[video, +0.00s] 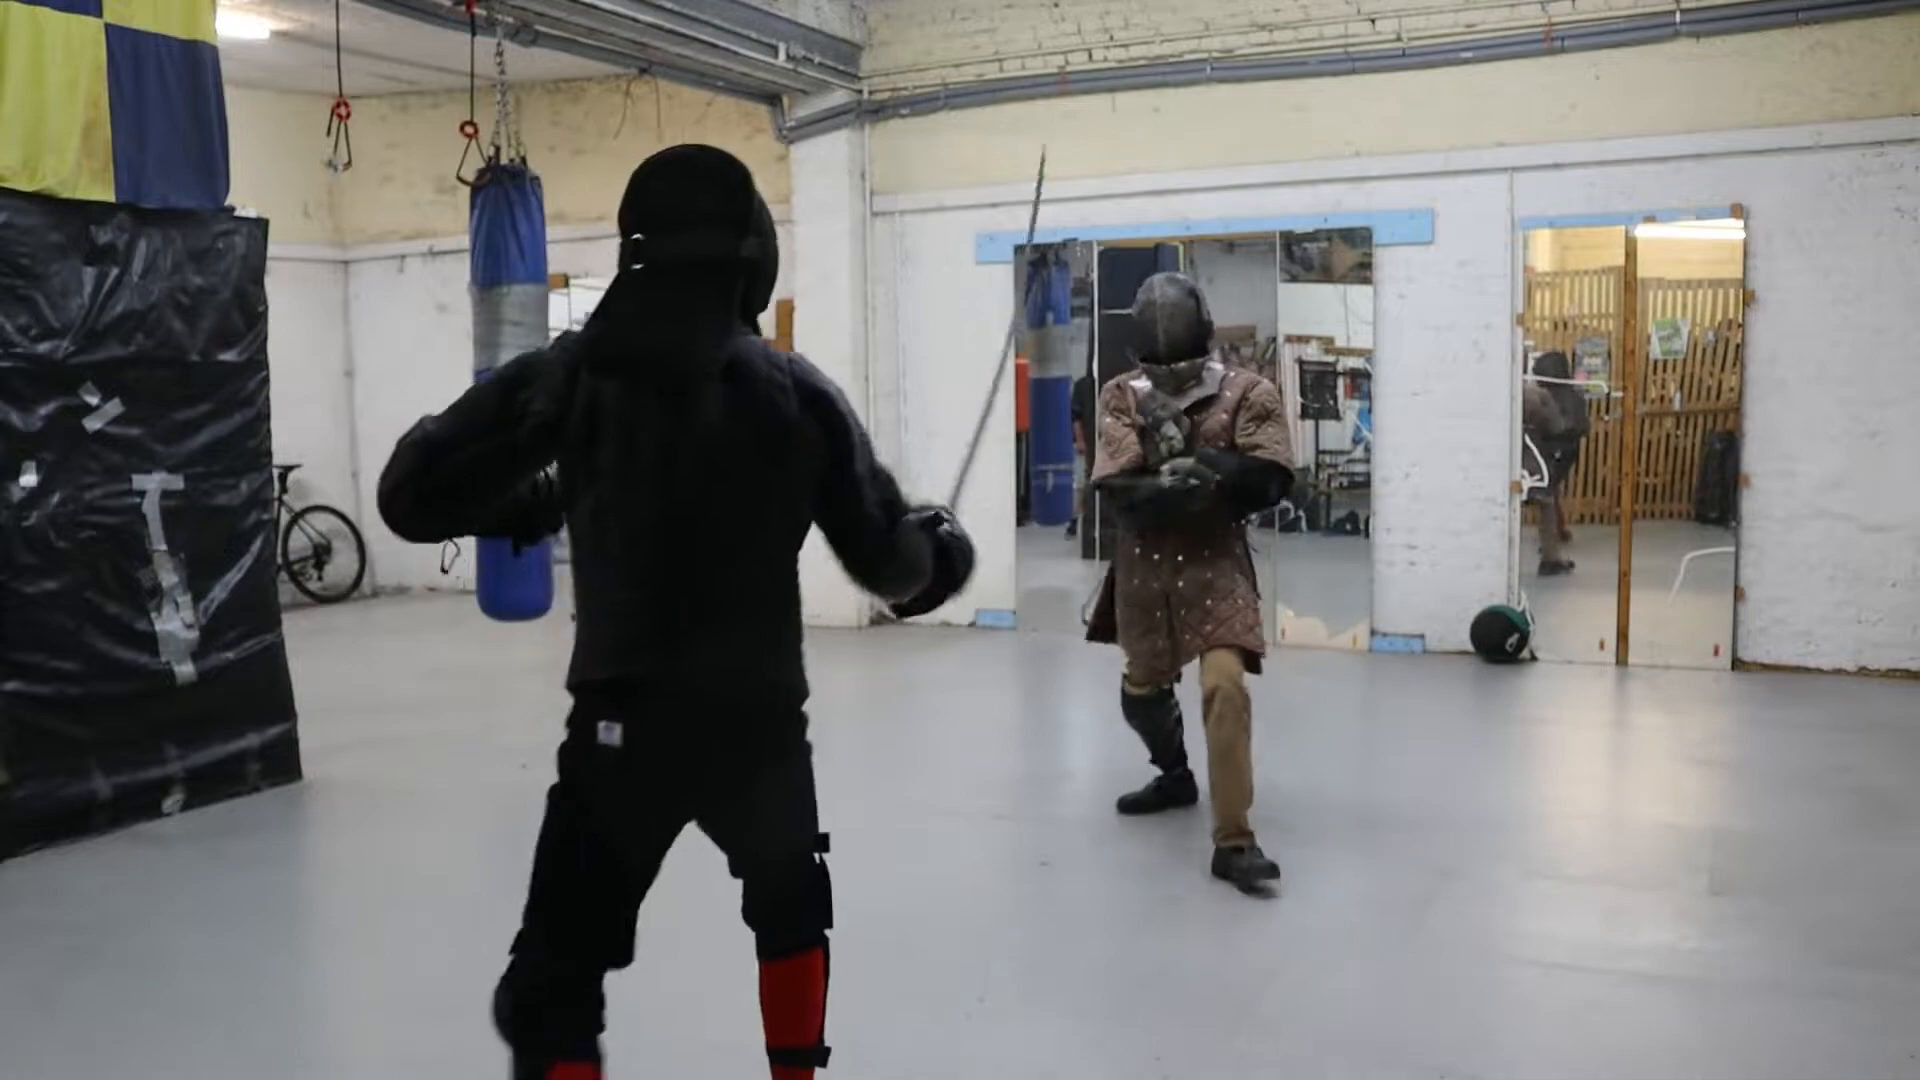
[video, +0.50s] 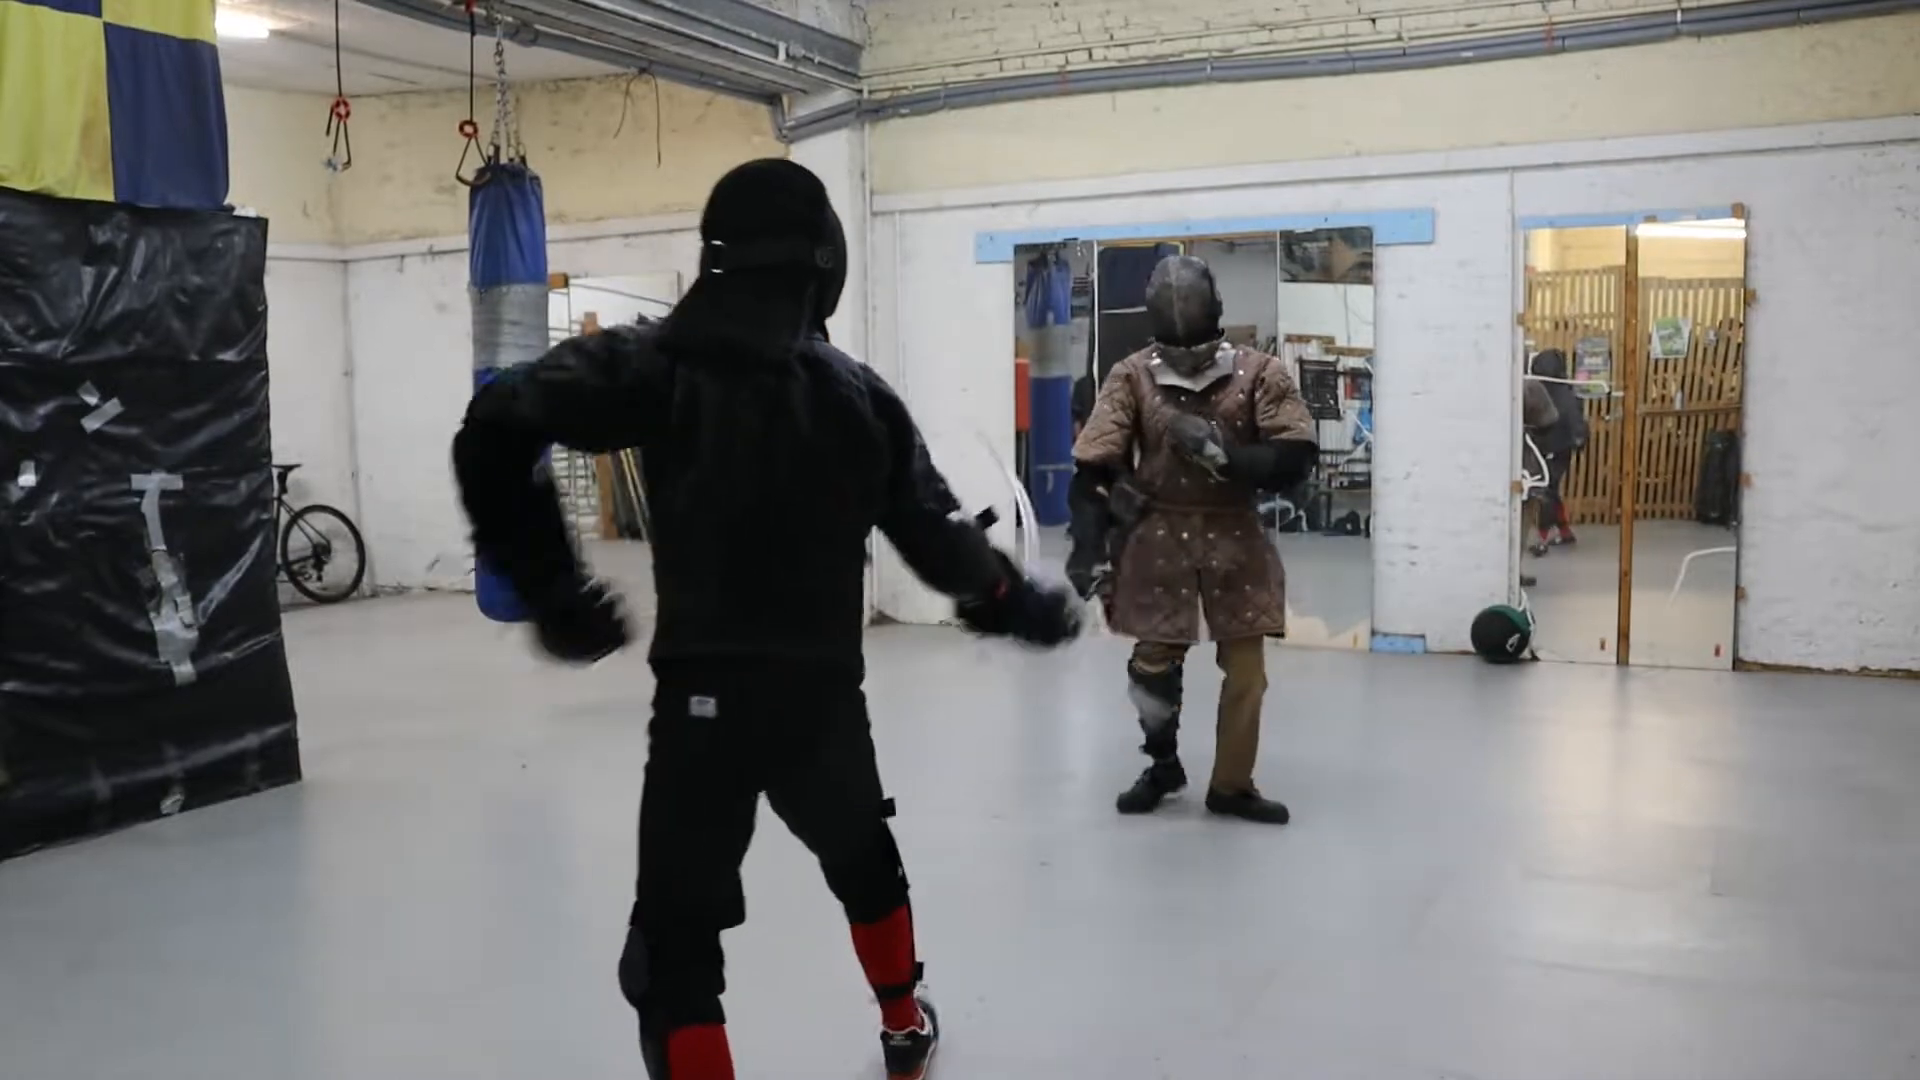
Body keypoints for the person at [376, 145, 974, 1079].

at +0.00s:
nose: (764, 264)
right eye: (758, 246)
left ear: (633, 254)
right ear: (752, 259)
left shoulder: (568, 378)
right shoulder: (792, 392)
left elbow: (412, 496)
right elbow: (890, 563)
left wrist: (542, 501)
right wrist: (940, 545)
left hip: (622, 738)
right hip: (758, 738)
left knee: (554, 988)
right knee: (792, 914)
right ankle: (796, 1072)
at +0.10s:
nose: (778, 255)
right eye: (773, 238)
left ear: (651, 243)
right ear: (764, 246)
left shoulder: (587, 360)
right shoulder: (808, 375)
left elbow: (438, 490)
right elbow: (901, 537)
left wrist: (517, 549)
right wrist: (955, 586)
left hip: (639, 707)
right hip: (771, 706)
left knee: (604, 954)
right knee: (797, 901)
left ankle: (649, 1077)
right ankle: (799, 1071)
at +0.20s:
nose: (786, 256)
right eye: (780, 237)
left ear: (658, 238)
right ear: (770, 242)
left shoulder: (593, 361)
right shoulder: (813, 372)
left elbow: (454, 505)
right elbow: (897, 531)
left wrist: (493, 601)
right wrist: (954, 640)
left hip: (653, 698)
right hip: (785, 696)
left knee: (641, 938)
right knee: (808, 876)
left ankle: (682, 1071)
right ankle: (805, 1067)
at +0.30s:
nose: (793, 256)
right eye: (789, 238)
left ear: (666, 245)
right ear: (781, 247)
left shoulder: (604, 372)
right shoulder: (825, 383)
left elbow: (466, 518)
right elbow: (895, 551)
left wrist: (476, 636)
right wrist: (940, 668)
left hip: (662, 704)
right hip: (797, 702)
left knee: (645, 942)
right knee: (833, 856)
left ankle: (685, 1075)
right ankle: (822, 1063)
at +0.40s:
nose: (809, 264)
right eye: (805, 247)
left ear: (687, 250)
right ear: (798, 256)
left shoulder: (622, 372)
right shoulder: (837, 388)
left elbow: (468, 494)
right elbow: (907, 557)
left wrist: (483, 642)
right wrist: (963, 657)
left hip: (675, 705)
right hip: (805, 703)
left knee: (656, 938)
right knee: (850, 856)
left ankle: (691, 1070)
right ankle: (877, 1045)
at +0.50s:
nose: (831, 278)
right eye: (828, 261)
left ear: (716, 260)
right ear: (820, 267)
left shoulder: (659, 365)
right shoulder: (858, 396)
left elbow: (495, 425)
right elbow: (938, 542)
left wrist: (560, 597)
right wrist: (1019, 601)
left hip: (701, 701)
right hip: (819, 700)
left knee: (678, 933)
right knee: (865, 861)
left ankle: (696, 1074)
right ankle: (905, 1032)